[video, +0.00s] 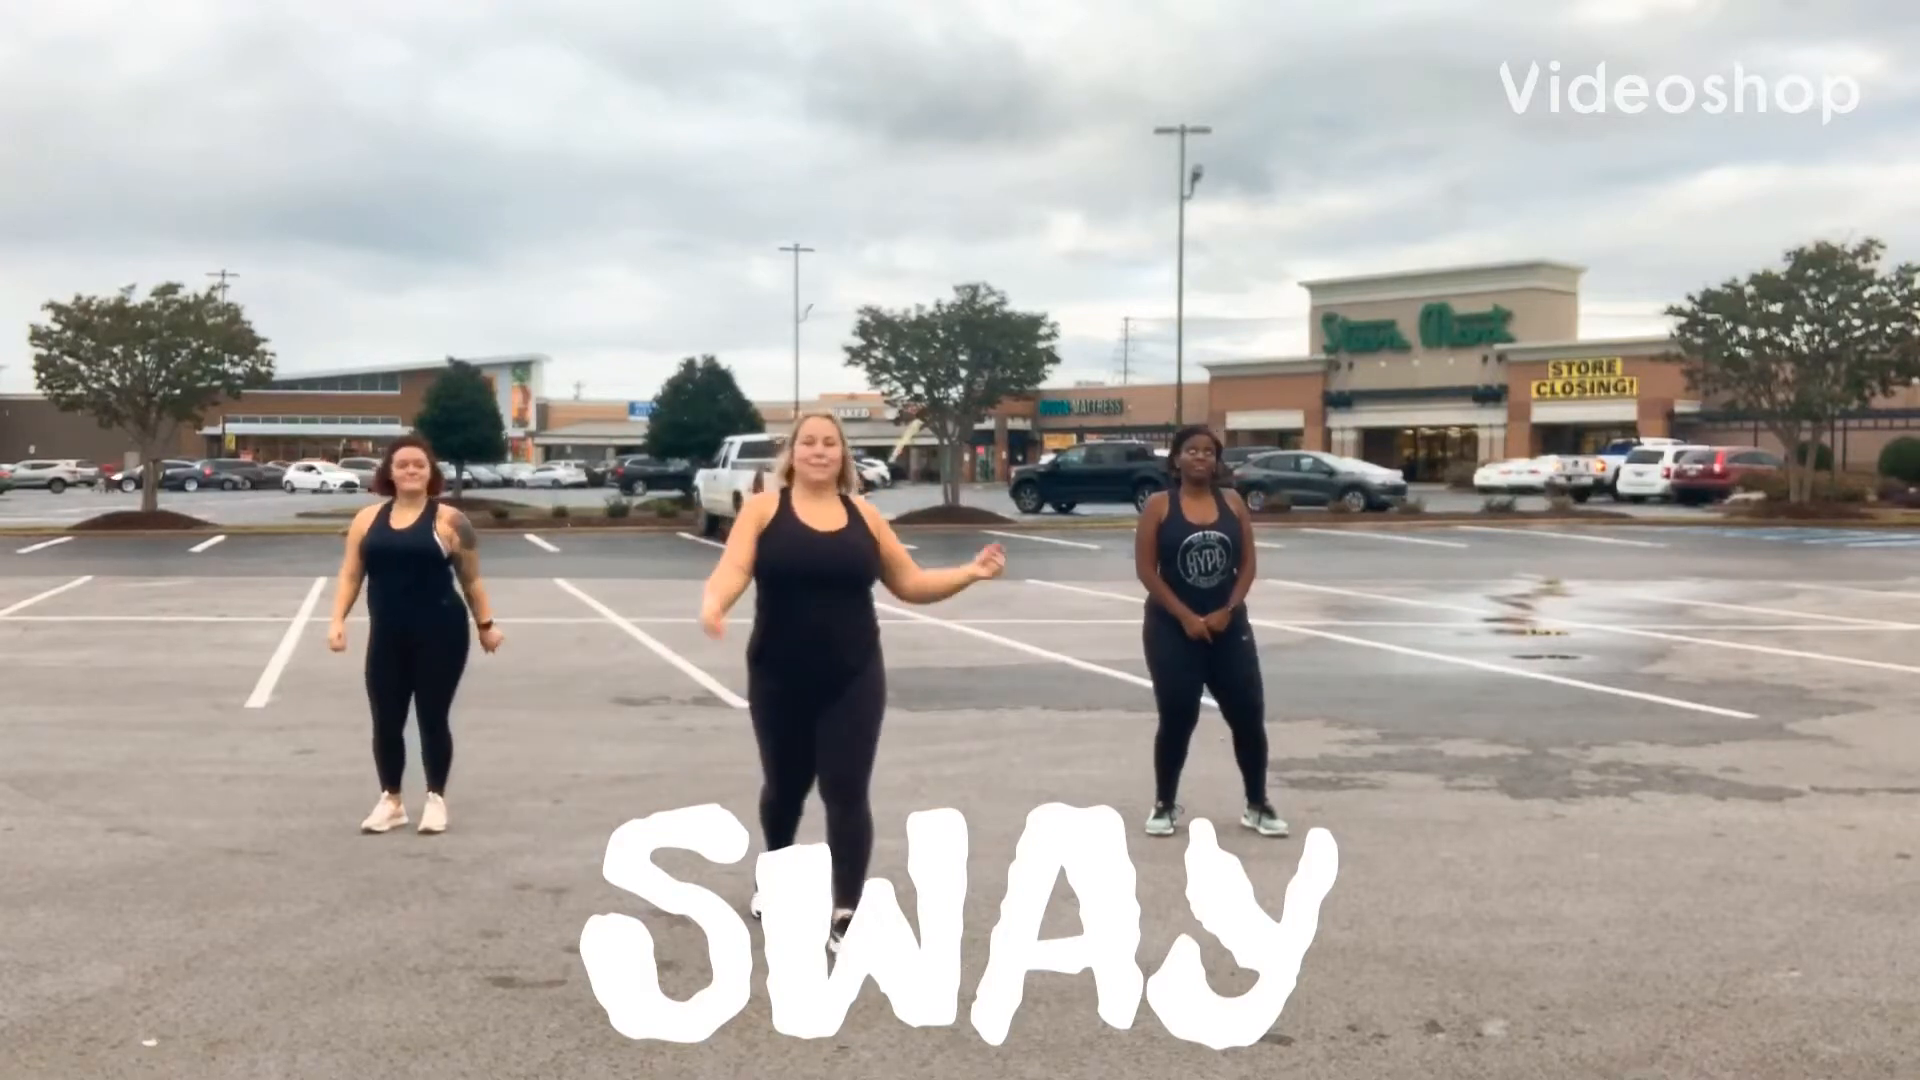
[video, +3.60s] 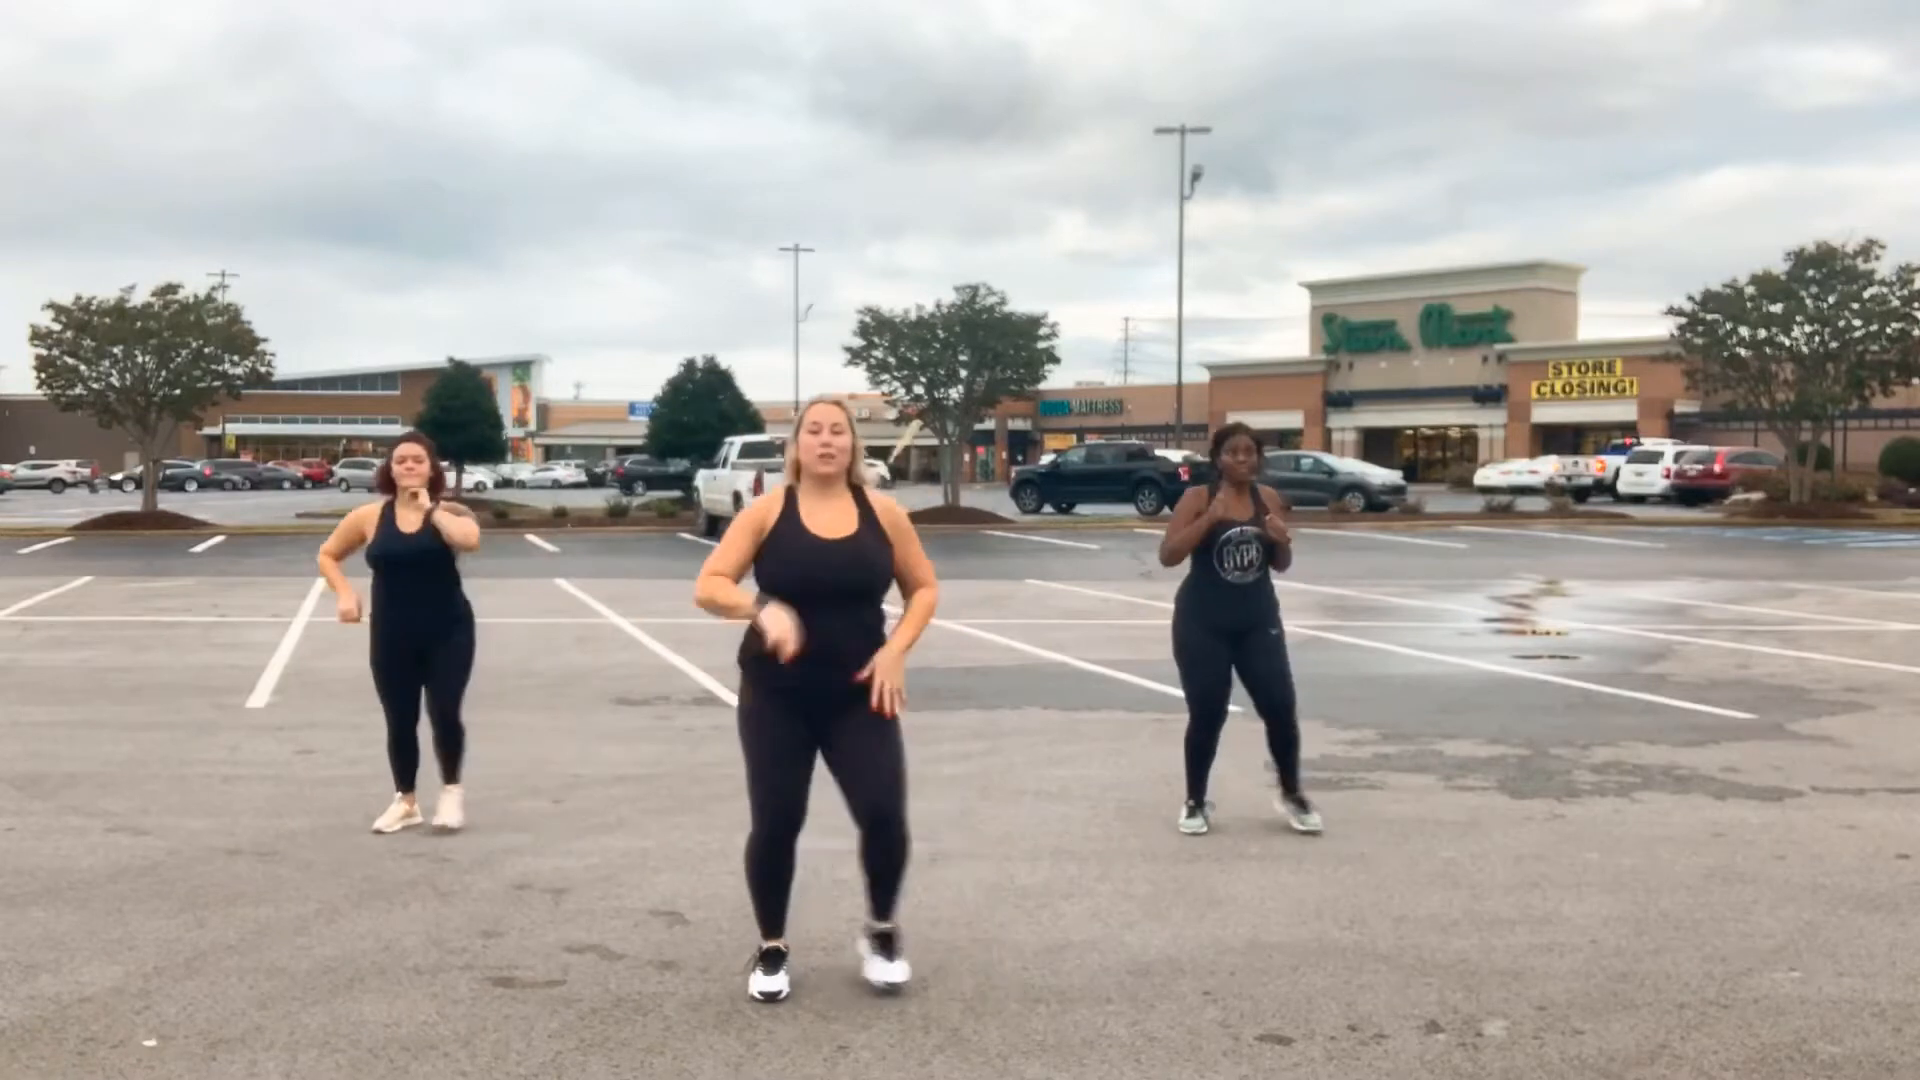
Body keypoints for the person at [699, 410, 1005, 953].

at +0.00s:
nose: (818, 451)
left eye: (828, 443)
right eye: (808, 442)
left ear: (843, 454)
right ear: (791, 453)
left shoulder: (862, 514)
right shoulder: (762, 509)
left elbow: (910, 584)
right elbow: (734, 568)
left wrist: (972, 572)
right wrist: (713, 604)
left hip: (852, 676)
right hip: (779, 675)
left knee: (846, 795)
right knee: (785, 788)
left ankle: (846, 910)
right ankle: (771, 876)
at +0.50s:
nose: (826, 447)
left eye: (836, 438)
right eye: (815, 438)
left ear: (854, 448)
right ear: (798, 448)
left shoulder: (883, 510)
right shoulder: (768, 512)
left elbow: (923, 583)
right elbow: (731, 568)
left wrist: (901, 626)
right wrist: (742, 628)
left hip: (865, 692)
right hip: (787, 691)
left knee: (853, 816)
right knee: (791, 822)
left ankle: (850, 921)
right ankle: (784, 959)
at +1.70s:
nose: (819, 443)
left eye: (831, 434)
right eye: (808, 433)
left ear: (849, 447)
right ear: (790, 446)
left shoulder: (875, 515)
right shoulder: (756, 516)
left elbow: (899, 605)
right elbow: (713, 610)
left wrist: (813, 607)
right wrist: (744, 694)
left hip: (854, 708)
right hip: (774, 707)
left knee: (853, 835)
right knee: (762, 833)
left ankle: (860, 971)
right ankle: (715, 956)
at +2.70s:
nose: (818, 457)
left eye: (829, 448)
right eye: (806, 448)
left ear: (846, 459)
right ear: (787, 460)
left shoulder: (876, 526)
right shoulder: (760, 529)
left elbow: (906, 608)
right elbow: (708, 614)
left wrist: (880, 674)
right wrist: (727, 699)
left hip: (862, 706)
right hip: (783, 710)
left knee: (889, 827)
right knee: (794, 842)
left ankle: (859, 952)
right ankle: (779, 957)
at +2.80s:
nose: (821, 457)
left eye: (832, 447)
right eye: (809, 448)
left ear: (850, 458)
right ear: (791, 459)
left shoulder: (883, 524)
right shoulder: (766, 531)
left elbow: (915, 617)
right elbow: (736, 620)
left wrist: (929, 701)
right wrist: (767, 686)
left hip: (869, 706)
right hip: (788, 707)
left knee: (915, 813)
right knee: (785, 840)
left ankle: (894, 940)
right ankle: (778, 957)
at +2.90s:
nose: (835, 449)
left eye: (846, 439)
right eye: (823, 440)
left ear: (864, 451)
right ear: (805, 452)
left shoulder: (897, 517)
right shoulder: (778, 520)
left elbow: (949, 588)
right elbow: (755, 609)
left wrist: (961, 662)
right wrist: (819, 612)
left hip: (881, 702)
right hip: (795, 704)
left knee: (925, 822)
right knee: (786, 833)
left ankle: (958, 935)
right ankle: (777, 954)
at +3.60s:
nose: (825, 440)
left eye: (837, 431)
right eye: (814, 430)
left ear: (854, 445)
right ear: (796, 445)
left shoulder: (882, 512)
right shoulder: (765, 511)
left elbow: (924, 588)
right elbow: (708, 586)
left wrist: (896, 650)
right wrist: (758, 607)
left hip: (859, 694)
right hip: (776, 695)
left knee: (885, 817)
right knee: (775, 826)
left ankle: (882, 931)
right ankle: (771, 949)